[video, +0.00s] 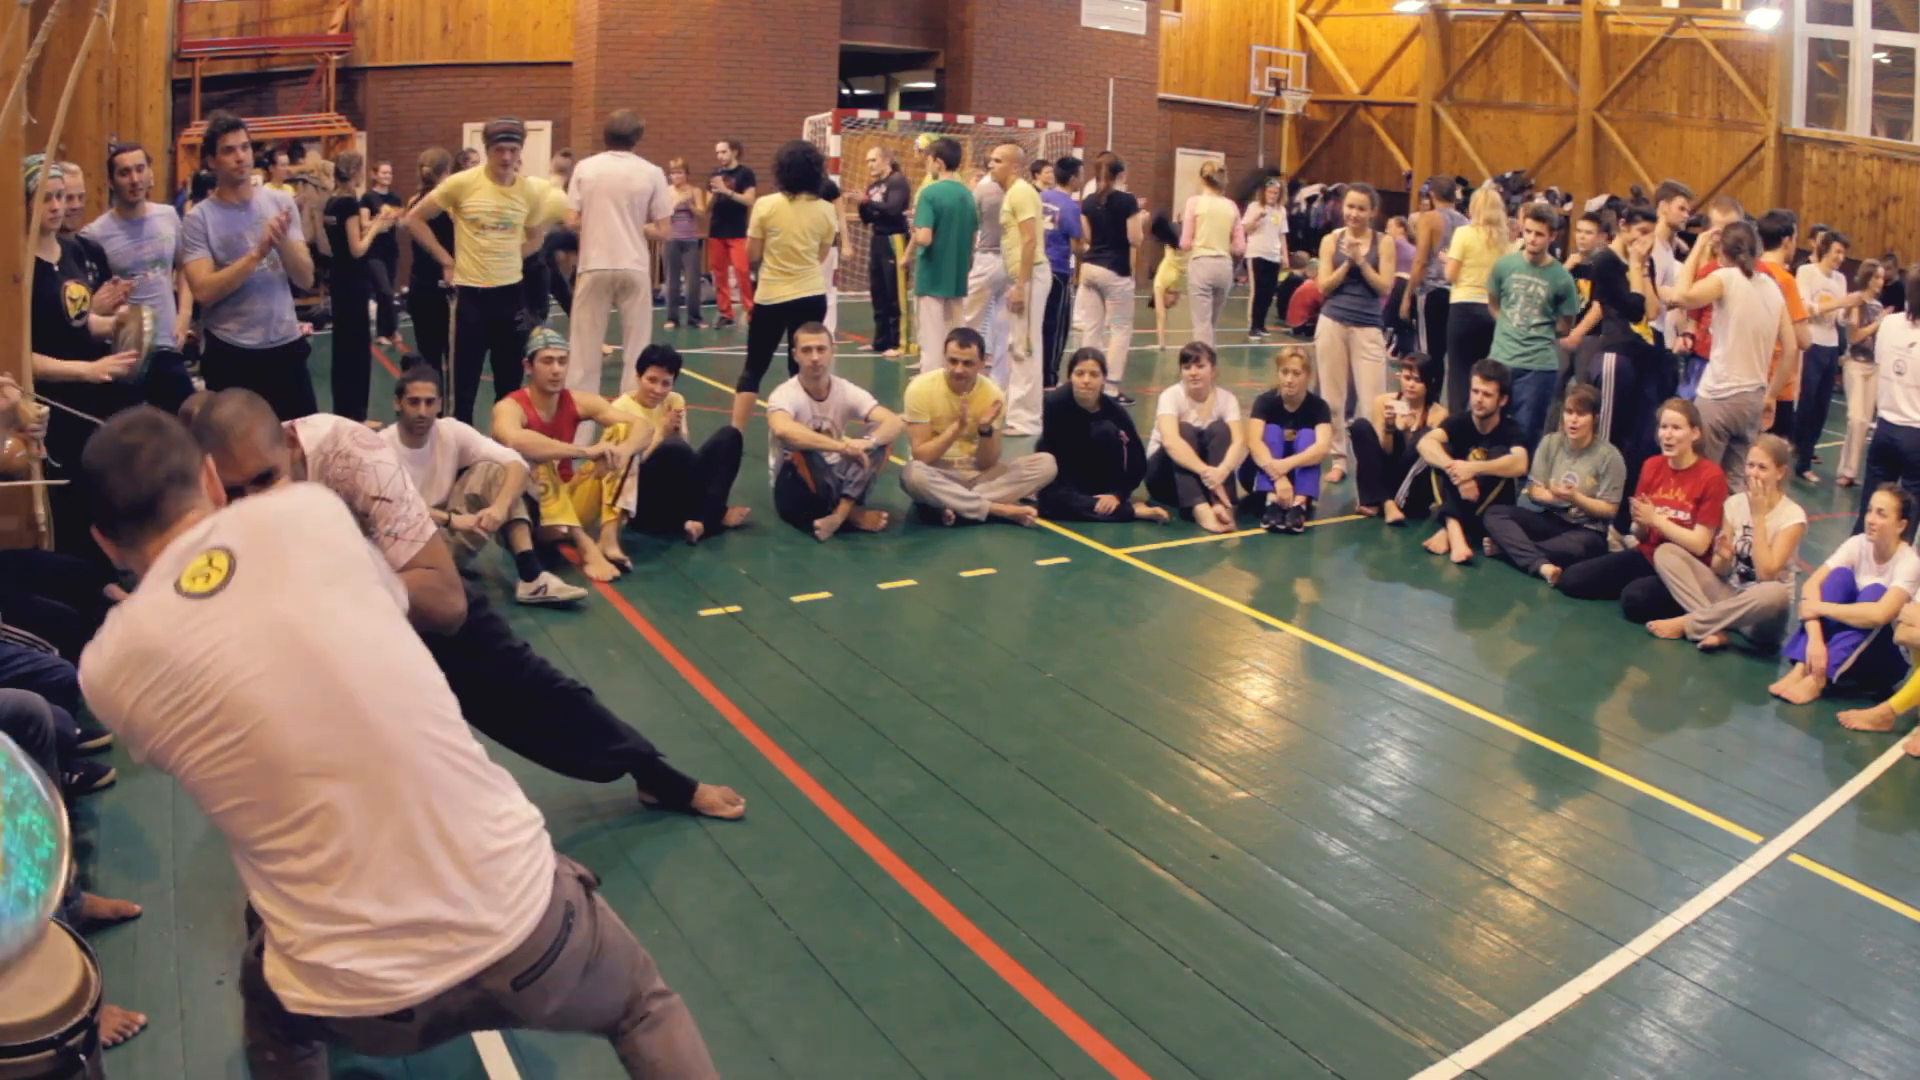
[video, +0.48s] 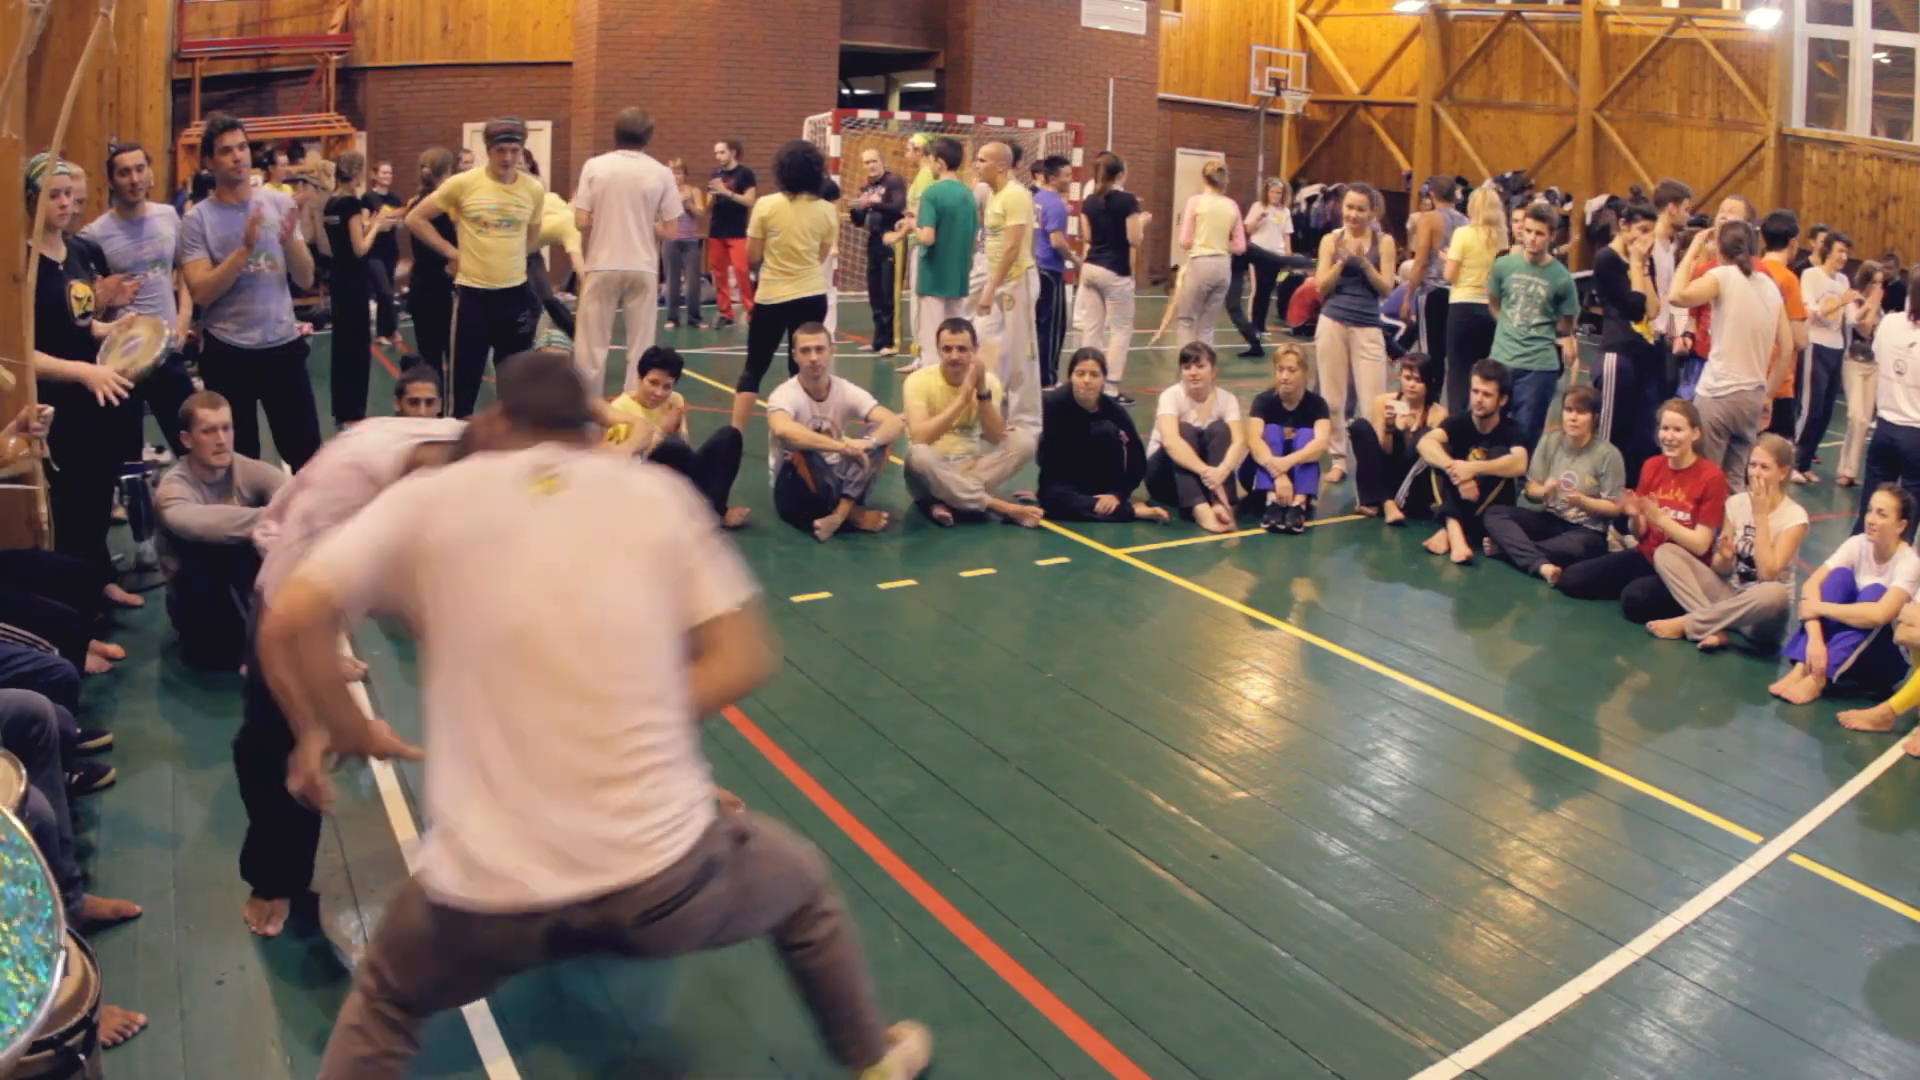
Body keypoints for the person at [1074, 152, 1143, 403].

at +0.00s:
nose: (1125, 176)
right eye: (1123, 173)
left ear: (1098, 173)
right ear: (1120, 174)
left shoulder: (1088, 201)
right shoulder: (1127, 201)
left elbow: (1087, 236)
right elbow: (1135, 238)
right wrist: (1139, 221)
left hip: (1090, 264)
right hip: (1117, 269)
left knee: (1090, 327)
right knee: (1120, 328)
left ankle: (1086, 384)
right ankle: (1111, 387)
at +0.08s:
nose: (1126, 176)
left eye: (1123, 172)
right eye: (1124, 172)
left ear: (1099, 173)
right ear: (1120, 174)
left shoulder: (1088, 201)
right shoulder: (1127, 201)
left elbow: (1086, 236)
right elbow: (1135, 239)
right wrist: (1140, 222)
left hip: (1091, 264)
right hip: (1117, 269)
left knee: (1091, 327)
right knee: (1120, 328)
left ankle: (1086, 384)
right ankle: (1111, 387)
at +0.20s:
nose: (1125, 176)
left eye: (1124, 172)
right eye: (1124, 173)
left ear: (1099, 174)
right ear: (1120, 174)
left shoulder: (1088, 201)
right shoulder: (1127, 201)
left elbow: (1087, 236)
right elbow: (1134, 239)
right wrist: (1140, 222)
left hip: (1091, 264)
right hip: (1117, 269)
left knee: (1091, 327)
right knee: (1121, 328)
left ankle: (1087, 383)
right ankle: (1111, 386)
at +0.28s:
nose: (1126, 176)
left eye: (1123, 172)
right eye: (1124, 172)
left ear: (1099, 174)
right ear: (1120, 174)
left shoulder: (1088, 201)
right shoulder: (1127, 200)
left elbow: (1087, 236)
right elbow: (1134, 238)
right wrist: (1140, 220)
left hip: (1091, 264)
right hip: (1117, 270)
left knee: (1091, 327)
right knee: (1120, 327)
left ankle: (1086, 384)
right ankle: (1111, 386)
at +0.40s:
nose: (1125, 175)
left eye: (1123, 171)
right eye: (1124, 172)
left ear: (1099, 173)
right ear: (1120, 174)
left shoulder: (1088, 201)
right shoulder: (1126, 200)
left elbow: (1087, 236)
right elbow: (1134, 238)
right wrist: (1142, 221)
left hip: (1091, 265)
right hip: (1117, 270)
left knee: (1091, 326)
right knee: (1120, 327)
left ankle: (1086, 384)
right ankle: (1111, 387)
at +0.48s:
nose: (1126, 175)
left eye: (1123, 170)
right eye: (1124, 171)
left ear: (1099, 173)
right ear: (1120, 174)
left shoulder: (1089, 201)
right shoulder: (1127, 201)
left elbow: (1087, 236)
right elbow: (1134, 238)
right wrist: (1141, 221)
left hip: (1091, 264)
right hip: (1117, 269)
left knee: (1091, 326)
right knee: (1120, 327)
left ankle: (1086, 383)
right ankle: (1111, 386)